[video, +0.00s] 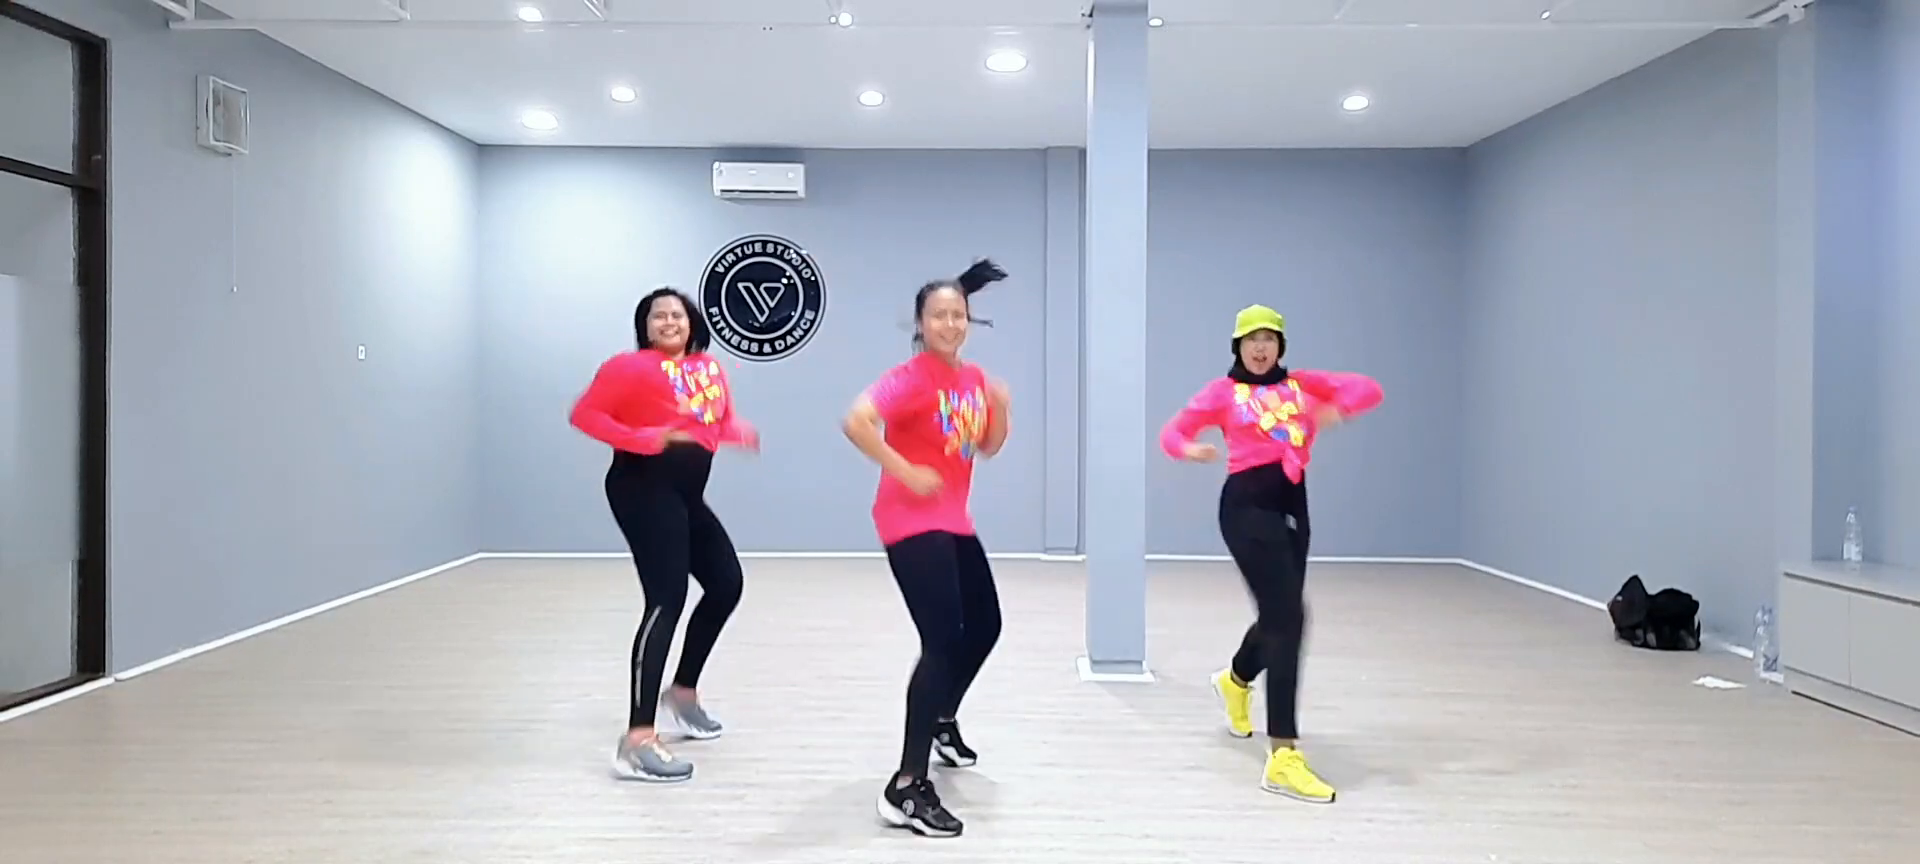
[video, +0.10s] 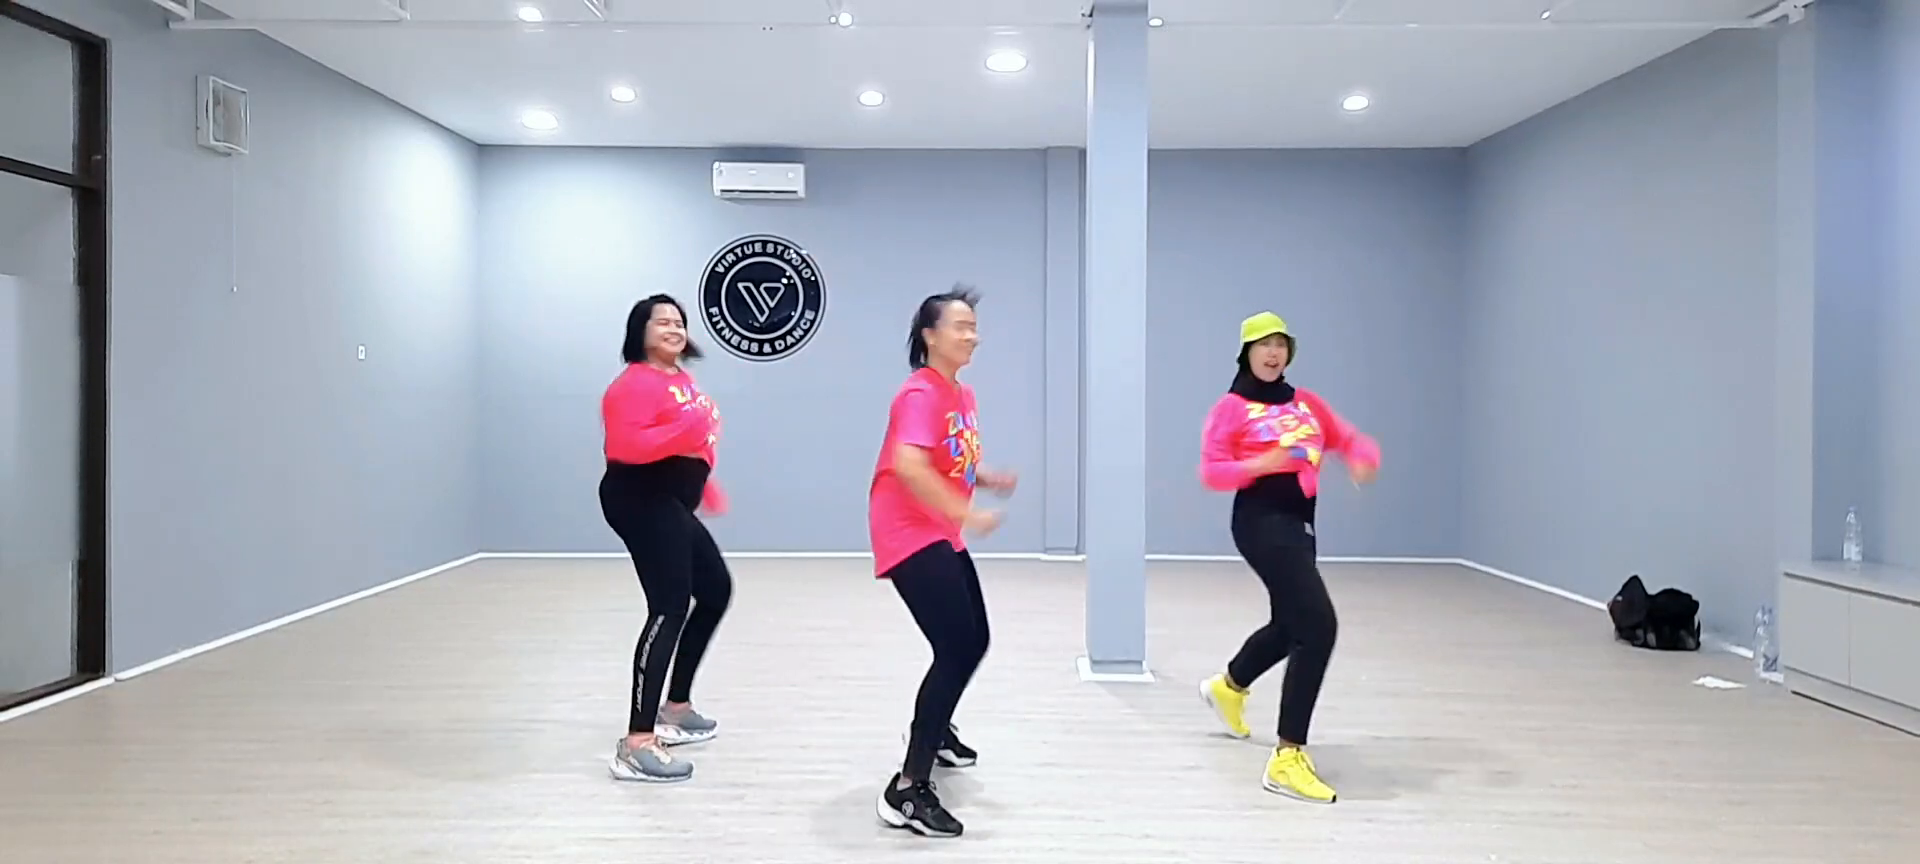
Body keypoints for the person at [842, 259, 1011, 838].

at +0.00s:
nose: (952, 323)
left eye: (959, 314)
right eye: (941, 314)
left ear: (969, 323)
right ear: (921, 323)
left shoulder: (973, 381)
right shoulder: (910, 376)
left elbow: (988, 448)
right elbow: (856, 420)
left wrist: (999, 408)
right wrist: (905, 470)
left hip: (956, 521)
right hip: (913, 523)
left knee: (984, 626)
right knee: (944, 642)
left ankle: (942, 717)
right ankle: (907, 782)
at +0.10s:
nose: (972, 334)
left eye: (973, 326)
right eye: (961, 326)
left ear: (967, 337)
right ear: (929, 336)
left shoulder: (962, 393)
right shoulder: (920, 394)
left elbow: (952, 458)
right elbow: (909, 467)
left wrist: (984, 476)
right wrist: (963, 512)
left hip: (940, 531)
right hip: (910, 536)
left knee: (973, 638)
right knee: (956, 646)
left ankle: (932, 725)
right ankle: (909, 784)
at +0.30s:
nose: (966, 309)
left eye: (963, 300)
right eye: (964, 300)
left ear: (917, 305)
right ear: (953, 302)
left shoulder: (892, 351)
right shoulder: (962, 354)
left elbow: (851, 390)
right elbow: (1001, 421)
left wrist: (883, 431)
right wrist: (1001, 367)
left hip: (887, 504)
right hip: (939, 504)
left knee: (933, 604)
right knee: (963, 617)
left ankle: (917, 724)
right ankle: (929, 745)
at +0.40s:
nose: (953, 315)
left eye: (948, 306)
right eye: (952, 307)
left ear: (906, 313)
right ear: (947, 311)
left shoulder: (877, 364)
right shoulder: (967, 365)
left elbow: (830, 402)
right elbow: (992, 433)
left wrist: (847, 468)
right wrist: (973, 390)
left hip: (887, 515)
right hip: (948, 512)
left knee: (913, 626)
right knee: (983, 612)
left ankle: (913, 759)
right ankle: (932, 672)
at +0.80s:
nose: (881, 317)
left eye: (886, 310)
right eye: (884, 309)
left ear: (902, 315)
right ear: (920, 319)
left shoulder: (889, 362)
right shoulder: (938, 363)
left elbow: (859, 424)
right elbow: (982, 409)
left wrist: (860, 380)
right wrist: (943, 445)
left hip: (917, 506)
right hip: (945, 503)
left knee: (880, 615)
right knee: (908, 607)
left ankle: (939, 721)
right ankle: (923, 703)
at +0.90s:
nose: (878, 334)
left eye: (888, 327)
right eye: (880, 325)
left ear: (915, 338)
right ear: (904, 339)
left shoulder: (915, 384)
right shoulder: (907, 385)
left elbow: (898, 452)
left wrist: (862, 418)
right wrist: (888, 479)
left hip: (935, 519)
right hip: (907, 519)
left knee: (890, 619)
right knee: (887, 618)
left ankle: (944, 724)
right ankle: (927, 710)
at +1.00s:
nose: (896, 322)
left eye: (907, 315)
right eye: (891, 315)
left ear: (928, 325)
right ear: (884, 325)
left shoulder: (933, 372)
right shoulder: (891, 380)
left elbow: (950, 434)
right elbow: (871, 427)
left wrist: (893, 452)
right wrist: (846, 435)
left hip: (942, 508)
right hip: (905, 508)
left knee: (905, 603)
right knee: (895, 603)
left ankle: (951, 715)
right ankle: (926, 707)